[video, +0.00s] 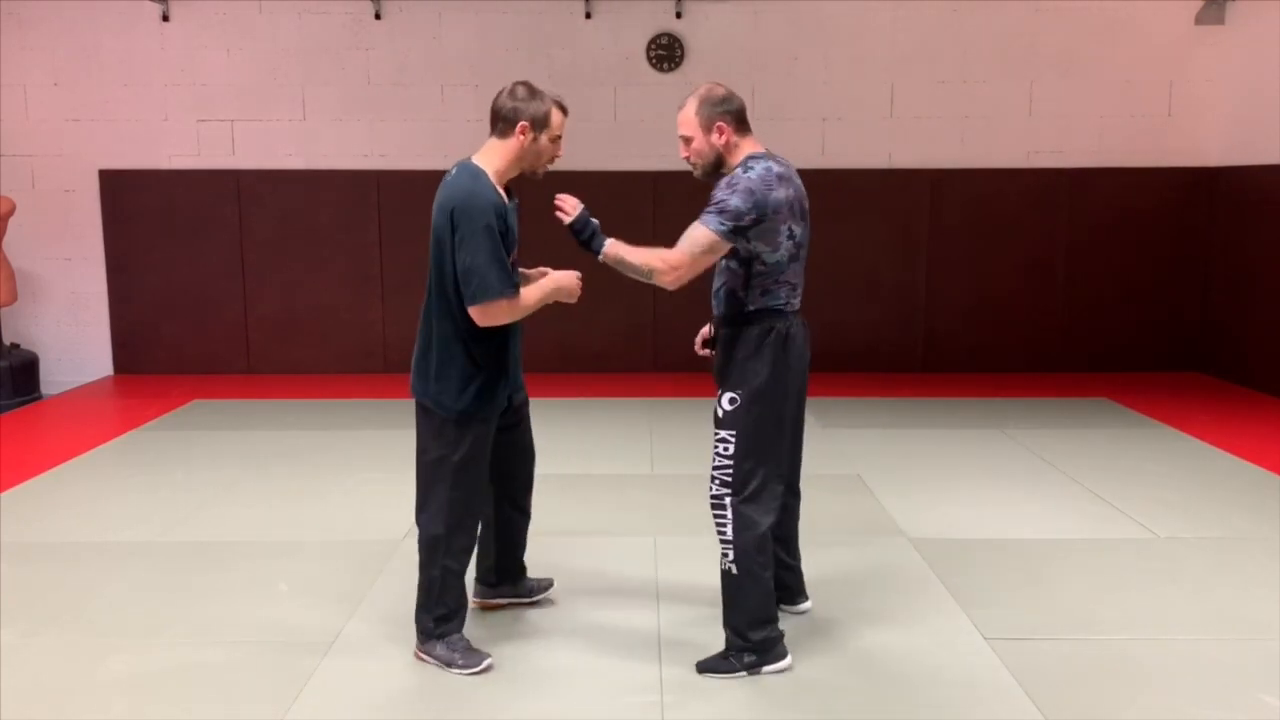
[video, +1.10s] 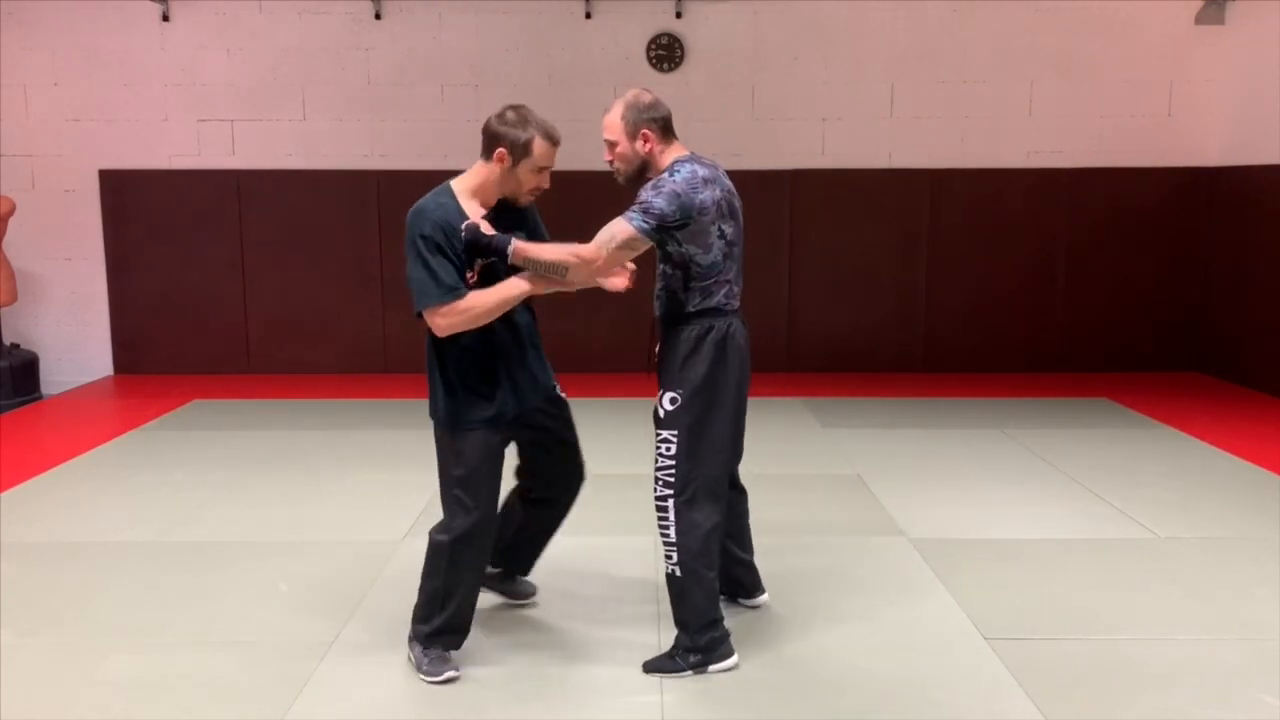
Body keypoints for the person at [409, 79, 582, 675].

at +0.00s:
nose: (558, 153)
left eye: (560, 140)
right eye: (555, 140)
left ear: (519, 132)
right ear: (524, 133)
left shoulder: (491, 187)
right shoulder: (472, 199)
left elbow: (484, 277)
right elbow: (487, 309)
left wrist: (527, 279)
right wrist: (546, 290)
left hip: (495, 376)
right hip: (456, 384)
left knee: (511, 480)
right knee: (452, 511)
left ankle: (500, 579)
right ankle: (437, 632)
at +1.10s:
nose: (547, 183)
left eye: (550, 171)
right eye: (541, 171)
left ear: (508, 162)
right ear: (502, 159)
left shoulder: (515, 211)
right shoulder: (431, 219)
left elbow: (539, 277)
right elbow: (442, 318)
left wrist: (596, 273)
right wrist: (528, 280)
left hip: (526, 379)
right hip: (467, 394)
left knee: (559, 473)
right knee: (467, 520)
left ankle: (500, 562)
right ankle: (432, 638)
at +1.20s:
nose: (556, 189)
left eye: (560, 177)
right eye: (548, 176)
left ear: (525, 167)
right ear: (510, 164)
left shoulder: (543, 211)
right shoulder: (443, 220)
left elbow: (566, 280)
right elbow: (423, 317)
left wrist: (620, 277)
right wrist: (519, 306)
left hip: (544, 374)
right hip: (478, 389)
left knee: (596, 466)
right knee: (467, 521)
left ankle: (563, 574)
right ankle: (432, 640)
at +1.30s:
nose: (583, 194)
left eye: (588, 182)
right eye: (574, 181)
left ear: (587, 174)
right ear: (537, 164)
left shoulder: (575, 211)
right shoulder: (469, 217)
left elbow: (606, 288)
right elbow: (426, 306)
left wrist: (646, 254)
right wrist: (509, 324)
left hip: (566, 378)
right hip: (493, 393)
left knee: (620, 473)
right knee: (470, 519)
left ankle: (648, 584)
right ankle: (432, 640)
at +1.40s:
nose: (618, 201)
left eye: (628, 189)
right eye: (610, 186)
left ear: (637, 181)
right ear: (582, 163)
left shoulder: (619, 225)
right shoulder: (518, 209)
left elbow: (633, 303)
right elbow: (461, 285)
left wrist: (655, 261)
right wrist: (514, 332)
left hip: (594, 386)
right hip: (519, 391)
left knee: (652, 489)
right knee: (480, 512)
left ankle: (698, 596)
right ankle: (436, 635)